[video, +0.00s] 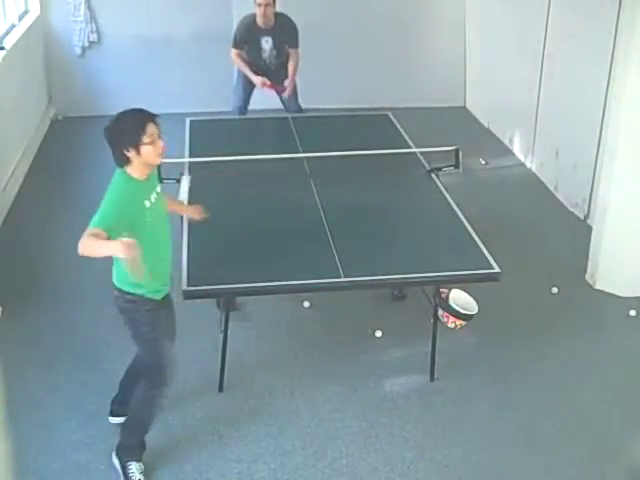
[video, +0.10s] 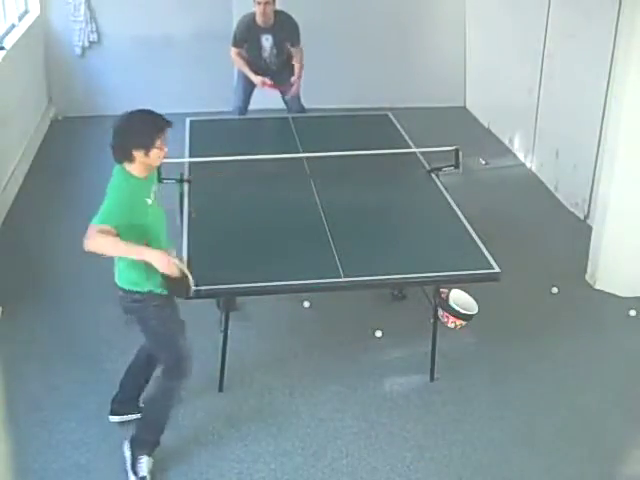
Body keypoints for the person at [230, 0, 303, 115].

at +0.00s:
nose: (263, 10)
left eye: (267, 5)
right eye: (259, 6)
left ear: (274, 7)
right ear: (255, 7)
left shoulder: (287, 24)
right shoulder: (246, 24)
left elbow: (293, 54)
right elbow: (235, 54)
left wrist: (291, 78)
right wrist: (254, 78)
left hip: (279, 71)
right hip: (251, 68)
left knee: (294, 109)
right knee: (238, 108)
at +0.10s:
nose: (263, 9)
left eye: (267, 4)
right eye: (259, 4)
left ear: (274, 5)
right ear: (255, 6)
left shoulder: (287, 22)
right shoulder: (245, 23)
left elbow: (296, 51)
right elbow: (235, 53)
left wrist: (297, 76)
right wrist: (253, 77)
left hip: (281, 70)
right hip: (252, 67)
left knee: (296, 108)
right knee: (239, 108)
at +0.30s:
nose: (276, 8)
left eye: (280, 4)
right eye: (272, 3)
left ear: (287, 5)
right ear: (267, 5)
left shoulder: (298, 20)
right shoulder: (256, 24)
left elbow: (312, 43)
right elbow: (242, 57)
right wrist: (257, 79)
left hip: (291, 71)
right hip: (261, 71)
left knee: (313, 110)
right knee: (246, 112)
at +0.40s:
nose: (288, 8)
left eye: (292, 4)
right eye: (284, 4)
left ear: (299, 6)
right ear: (280, 6)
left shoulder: (310, 23)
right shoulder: (268, 26)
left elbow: (324, 44)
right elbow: (253, 60)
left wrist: (341, 69)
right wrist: (268, 80)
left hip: (301, 75)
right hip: (272, 75)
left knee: (320, 112)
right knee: (253, 112)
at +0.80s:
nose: (275, 17)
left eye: (280, 12)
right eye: (272, 12)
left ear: (287, 11)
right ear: (267, 10)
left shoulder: (299, 26)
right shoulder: (258, 32)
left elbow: (322, 43)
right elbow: (235, 69)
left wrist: (344, 66)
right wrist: (261, 88)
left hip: (292, 83)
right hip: (262, 83)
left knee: (311, 118)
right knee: (253, 123)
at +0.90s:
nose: (272, 16)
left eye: (276, 11)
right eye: (268, 11)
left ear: (281, 11)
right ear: (261, 10)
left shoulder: (287, 28)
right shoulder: (251, 32)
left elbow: (303, 45)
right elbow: (232, 63)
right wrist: (257, 79)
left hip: (276, 79)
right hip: (251, 81)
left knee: (298, 116)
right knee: (250, 122)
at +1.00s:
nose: (267, 10)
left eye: (271, 6)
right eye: (263, 6)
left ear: (274, 8)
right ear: (256, 6)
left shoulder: (274, 26)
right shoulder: (247, 27)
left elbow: (283, 44)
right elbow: (245, 53)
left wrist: (307, 55)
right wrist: (264, 68)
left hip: (260, 81)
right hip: (235, 82)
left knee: (281, 109)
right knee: (243, 112)